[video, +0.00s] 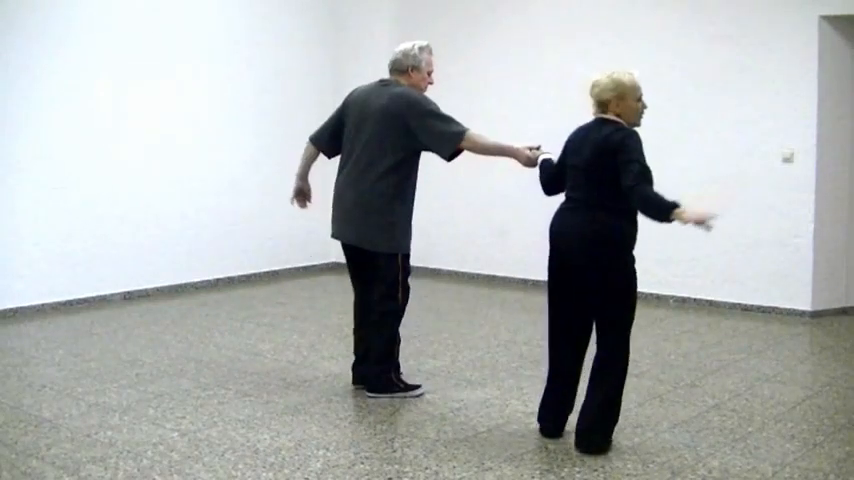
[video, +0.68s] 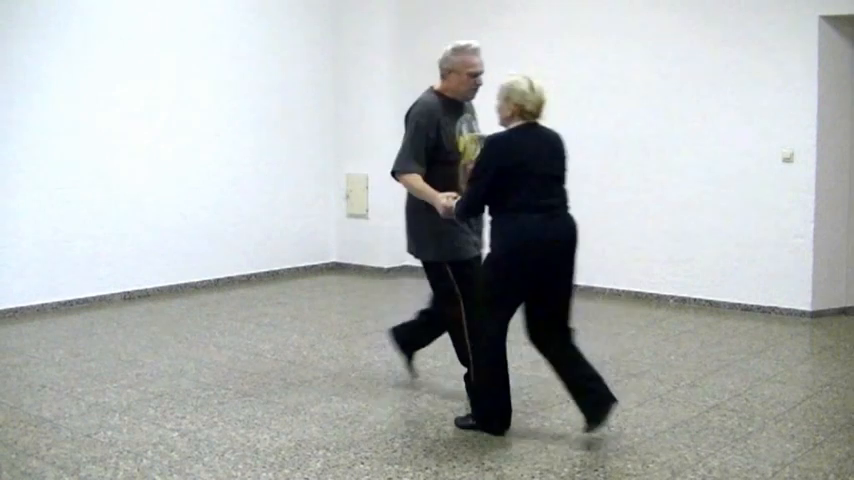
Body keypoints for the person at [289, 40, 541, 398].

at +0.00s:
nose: (431, 80)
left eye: (432, 73)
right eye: (428, 73)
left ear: (399, 71)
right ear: (411, 70)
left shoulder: (360, 96)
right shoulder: (411, 103)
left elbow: (317, 141)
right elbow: (465, 140)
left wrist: (301, 178)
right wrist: (516, 151)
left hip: (349, 218)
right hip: (384, 223)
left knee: (368, 295)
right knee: (391, 297)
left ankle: (366, 371)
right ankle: (382, 378)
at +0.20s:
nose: (433, 82)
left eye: (433, 75)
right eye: (429, 75)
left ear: (403, 74)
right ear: (410, 74)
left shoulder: (366, 99)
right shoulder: (408, 105)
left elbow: (327, 139)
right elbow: (452, 140)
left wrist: (328, 165)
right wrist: (499, 148)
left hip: (350, 219)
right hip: (385, 223)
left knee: (361, 294)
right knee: (409, 286)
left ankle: (365, 371)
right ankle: (386, 372)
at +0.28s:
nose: (436, 82)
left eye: (436, 75)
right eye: (431, 74)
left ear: (405, 74)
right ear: (411, 73)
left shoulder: (375, 98)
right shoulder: (403, 103)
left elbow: (347, 140)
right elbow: (435, 145)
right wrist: (487, 151)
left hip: (360, 217)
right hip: (389, 221)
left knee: (369, 292)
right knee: (419, 285)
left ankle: (368, 369)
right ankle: (402, 369)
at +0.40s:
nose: (443, 82)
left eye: (444, 75)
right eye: (438, 74)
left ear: (417, 75)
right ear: (414, 73)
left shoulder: (408, 102)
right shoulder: (400, 103)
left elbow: (418, 153)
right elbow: (415, 155)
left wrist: (459, 165)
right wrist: (466, 162)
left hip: (395, 219)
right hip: (394, 221)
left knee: (385, 296)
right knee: (427, 288)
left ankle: (367, 369)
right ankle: (446, 373)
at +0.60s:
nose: (467, 82)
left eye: (468, 75)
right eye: (461, 75)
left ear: (450, 77)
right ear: (436, 76)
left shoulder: (448, 108)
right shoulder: (415, 111)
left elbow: (454, 160)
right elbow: (401, 170)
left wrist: (488, 174)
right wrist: (441, 189)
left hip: (445, 227)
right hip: (423, 231)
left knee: (425, 298)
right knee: (457, 298)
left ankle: (381, 352)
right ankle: (479, 382)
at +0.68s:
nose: (480, 80)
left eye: (480, 74)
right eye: (473, 75)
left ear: (468, 75)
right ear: (448, 76)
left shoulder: (465, 107)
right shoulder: (425, 111)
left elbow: (470, 161)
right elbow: (404, 171)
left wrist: (486, 185)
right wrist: (436, 198)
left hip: (467, 225)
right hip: (436, 230)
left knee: (465, 300)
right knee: (463, 306)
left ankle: (407, 337)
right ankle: (480, 383)